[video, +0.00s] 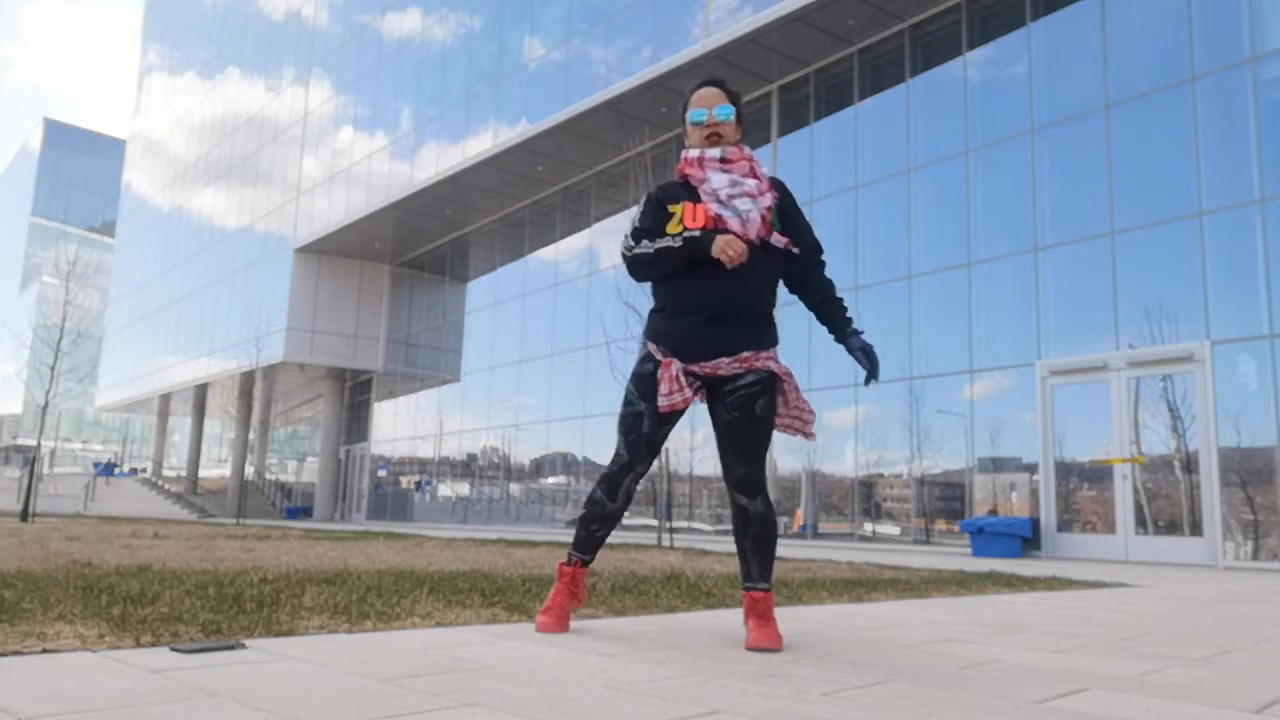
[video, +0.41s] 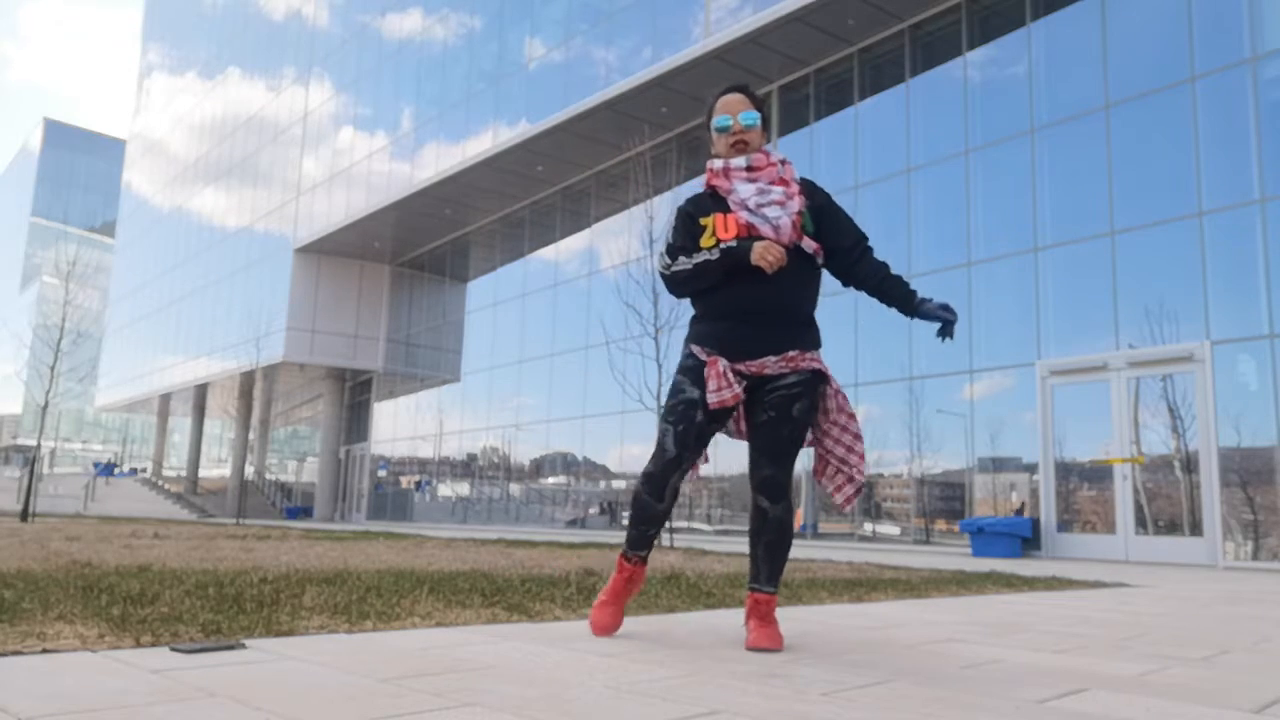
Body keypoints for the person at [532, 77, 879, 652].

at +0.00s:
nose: (711, 125)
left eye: (721, 115)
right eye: (699, 117)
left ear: (739, 124)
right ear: (685, 130)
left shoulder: (772, 198)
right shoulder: (668, 196)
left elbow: (808, 272)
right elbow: (636, 258)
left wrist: (847, 332)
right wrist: (702, 242)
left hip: (745, 362)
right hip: (668, 358)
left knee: (748, 483)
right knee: (628, 465)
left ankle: (759, 608)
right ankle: (570, 579)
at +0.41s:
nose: (736, 132)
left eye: (746, 122)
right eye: (724, 125)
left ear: (764, 129)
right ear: (710, 137)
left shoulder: (804, 199)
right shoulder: (699, 209)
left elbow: (855, 261)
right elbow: (675, 276)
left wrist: (913, 302)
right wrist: (742, 253)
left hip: (787, 362)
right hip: (710, 359)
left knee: (772, 486)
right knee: (667, 462)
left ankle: (762, 609)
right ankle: (628, 570)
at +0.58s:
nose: (743, 132)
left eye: (753, 122)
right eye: (730, 125)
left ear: (770, 132)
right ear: (715, 138)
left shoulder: (808, 201)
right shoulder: (700, 207)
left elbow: (855, 264)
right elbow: (677, 273)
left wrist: (908, 292)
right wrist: (747, 253)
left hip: (794, 355)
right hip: (720, 354)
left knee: (778, 482)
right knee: (734, 452)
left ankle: (763, 607)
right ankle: (707, 573)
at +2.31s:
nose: (755, 133)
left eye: (767, 123)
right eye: (743, 125)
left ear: (785, 131)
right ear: (730, 137)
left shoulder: (819, 197)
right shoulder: (721, 207)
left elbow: (869, 265)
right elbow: (682, 277)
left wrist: (929, 296)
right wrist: (655, 223)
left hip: (803, 358)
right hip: (728, 356)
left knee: (780, 485)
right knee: (655, 427)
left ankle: (763, 606)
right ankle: (680, 561)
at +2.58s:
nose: (759, 133)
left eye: (771, 123)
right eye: (746, 125)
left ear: (788, 132)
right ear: (733, 137)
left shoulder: (818, 195)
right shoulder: (718, 208)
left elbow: (867, 270)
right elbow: (691, 279)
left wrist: (922, 319)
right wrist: (666, 224)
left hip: (801, 360)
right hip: (727, 363)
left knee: (776, 486)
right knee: (651, 440)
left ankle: (764, 608)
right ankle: (682, 562)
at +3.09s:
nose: (760, 129)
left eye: (770, 118)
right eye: (747, 121)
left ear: (787, 128)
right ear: (732, 134)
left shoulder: (818, 195)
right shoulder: (716, 199)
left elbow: (852, 261)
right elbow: (685, 274)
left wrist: (887, 290)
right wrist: (651, 237)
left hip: (802, 350)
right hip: (728, 348)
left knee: (780, 480)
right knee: (743, 440)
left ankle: (763, 608)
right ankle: (698, 567)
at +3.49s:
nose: (761, 129)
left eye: (772, 118)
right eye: (748, 120)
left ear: (788, 128)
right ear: (732, 132)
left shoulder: (816, 197)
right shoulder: (711, 201)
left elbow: (849, 263)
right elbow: (679, 272)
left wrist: (876, 310)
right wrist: (655, 231)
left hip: (798, 353)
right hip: (723, 350)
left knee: (782, 482)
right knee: (704, 455)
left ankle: (763, 608)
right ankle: (687, 571)